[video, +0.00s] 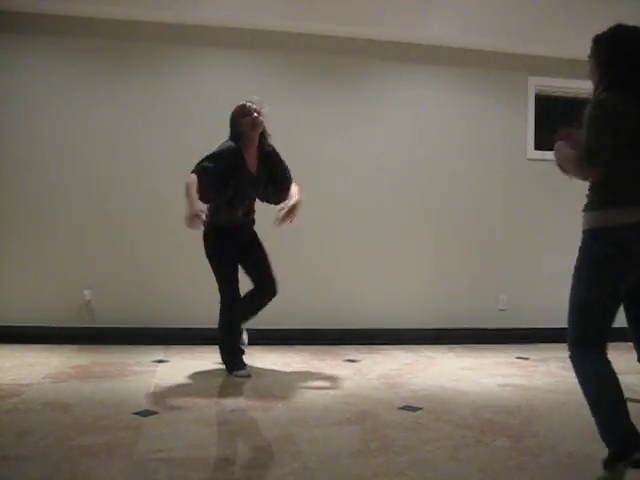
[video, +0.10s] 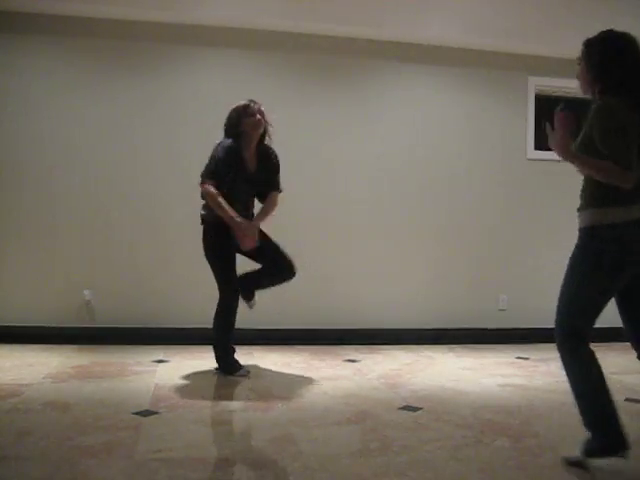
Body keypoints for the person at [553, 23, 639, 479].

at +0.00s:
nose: (589, 71)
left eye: (593, 63)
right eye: (590, 62)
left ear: (607, 64)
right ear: (632, 62)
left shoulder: (607, 105)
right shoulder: (631, 104)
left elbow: (591, 169)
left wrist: (564, 155)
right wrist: (582, 148)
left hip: (611, 237)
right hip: (632, 235)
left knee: (585, 344)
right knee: (635, 338)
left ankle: (623, 445)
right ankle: (628, 445)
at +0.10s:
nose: (577, 70)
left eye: (582, 63)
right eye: (579, 62)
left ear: (600, 69)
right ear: (619, 67)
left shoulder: (610, 111)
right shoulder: (624, 108)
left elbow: (624, 175)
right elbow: (617, 169)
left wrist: (569, 154)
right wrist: (575, 146)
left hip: (608, 239)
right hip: (626, 237)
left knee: (569, 333)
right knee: (638, 335)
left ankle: (607, 437)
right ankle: (609, 438)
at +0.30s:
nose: (538, 84)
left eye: (545, 78)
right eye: (542, 77)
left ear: (561, 86)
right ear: (576, 85)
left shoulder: (574, 128)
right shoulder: (588, 126)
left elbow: (583, 189)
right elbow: (551, 182)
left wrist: (530, 172)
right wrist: (512, 160)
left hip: (583, 244)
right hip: (612, 241)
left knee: (536, 324)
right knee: (636, 337)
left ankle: (526, 419)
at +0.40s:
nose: (513, 92)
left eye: (518, 85)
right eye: (515, 84)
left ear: (533, 91)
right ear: (553, 90)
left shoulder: (544, 135)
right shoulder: (568, 131)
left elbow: (527, 196)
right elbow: (522, 182)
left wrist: (483, 164)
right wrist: (486, 156)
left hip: (554, 246)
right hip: (589, 243)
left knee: (522, 332)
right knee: (609, 337)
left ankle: (522, 421)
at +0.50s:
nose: (492, 93)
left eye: (496, 86)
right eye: (494, 85)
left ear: (510, 93)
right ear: (533, 92)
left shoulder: (518, 135)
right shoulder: (545, 132)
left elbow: (483, 186)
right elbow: (494, 171)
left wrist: (442, 153)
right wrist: (463, 137)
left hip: (530, 242)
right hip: (564, 241)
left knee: (512, 332)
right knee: (556, 333)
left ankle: (521, 421)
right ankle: (631, 402)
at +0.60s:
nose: (475, 89)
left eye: (479, 82)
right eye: (477, 82)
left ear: (492, 88)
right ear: (516, 87)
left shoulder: (498, 127)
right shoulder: (526, 125)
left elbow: (459, 175)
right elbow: (476, 164)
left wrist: (419, 147)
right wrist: (448, 135)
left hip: (511, 237)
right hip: (536, 233)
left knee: (514, 326)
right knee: (507, 317)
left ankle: (523, 420)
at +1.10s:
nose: (395, 99)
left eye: (401, 94)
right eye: (397, 93)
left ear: (415, 99)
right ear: (417, 99)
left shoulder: (423, 124)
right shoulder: (415, 125)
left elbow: (411, 141)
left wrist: (393, 112)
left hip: (424, 223)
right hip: (407, 223)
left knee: (426, 296)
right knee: (407, 297)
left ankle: (435, 368)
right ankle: (416, 366)